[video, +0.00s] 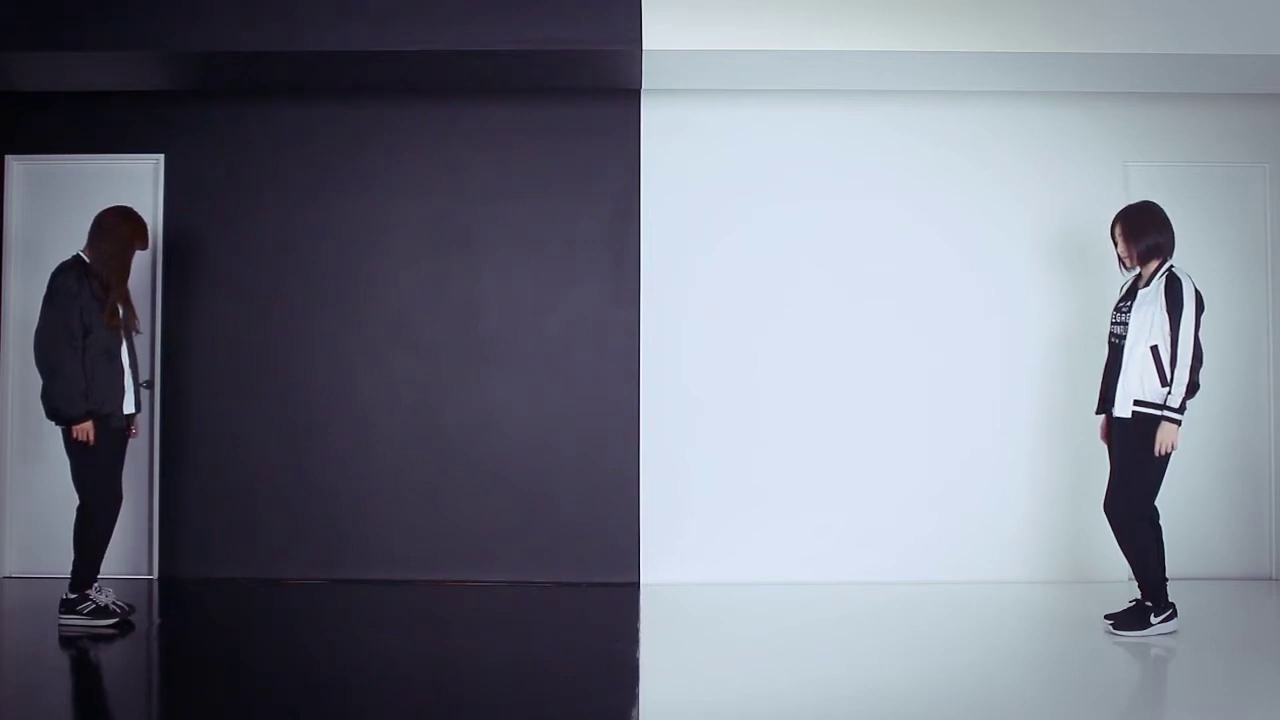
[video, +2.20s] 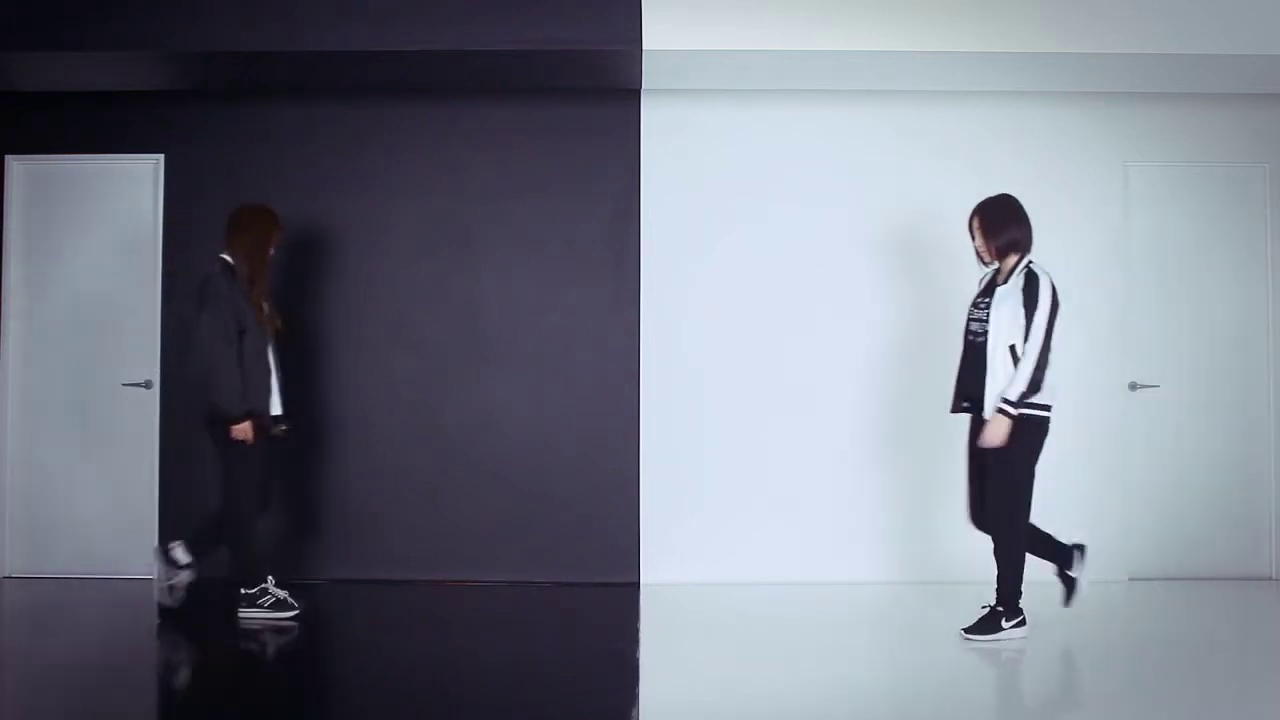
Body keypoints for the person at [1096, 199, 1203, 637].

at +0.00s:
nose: (1118, 249)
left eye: (1123, 240)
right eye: (1116, 242)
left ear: (1147, 237)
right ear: (1125, 242)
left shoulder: (1178, 284)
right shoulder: (1131, 288)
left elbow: (1188, 356)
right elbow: (1117, 354)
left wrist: (1172, 417)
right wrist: (1107, 410)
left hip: (1151, 418)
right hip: (1123, 416)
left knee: (1126, 506)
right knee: (1131, 507)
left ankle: (1157, 604)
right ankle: (1152, 600)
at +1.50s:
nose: (1089, 249)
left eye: (1093, 240)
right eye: (1086, 242)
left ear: (1117, 236)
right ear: (1092, 243)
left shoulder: (1156, 284)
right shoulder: (1100, 288)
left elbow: (1178, 351)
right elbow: (1099, 353)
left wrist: (1171, 414)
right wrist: (1087, 404)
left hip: (1139, 415)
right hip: (1109, 415)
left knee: (1082, 486)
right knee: (1131, 506)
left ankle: (1103, 584)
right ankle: (1156, 601)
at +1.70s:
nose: (1063, 254)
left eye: (1067, 244)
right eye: (1060, 246)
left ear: (1091, 241)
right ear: (1066, 248)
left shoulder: (1131, 288)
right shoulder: (1077, 293)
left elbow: (1158, 350)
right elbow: (1075, 357)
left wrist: (1158, 414)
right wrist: (1059, 404)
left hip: (1120, 418)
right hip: (1091, 418)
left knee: (1074, 500)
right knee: (1123, 510)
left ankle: (1036, 596)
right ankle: (1156, 601)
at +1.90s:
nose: (1030, 255)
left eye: (1035, 246)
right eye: (1028, 247)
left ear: (1057, 243)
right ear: (1042, 246)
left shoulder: (1090, 291)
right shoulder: (1043, 296)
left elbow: (1113, 358)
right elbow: (1035, 362)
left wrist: (1118, 426)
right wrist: (1028, 418)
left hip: (1082, 422)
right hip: (1055, 422)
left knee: (1040, 506)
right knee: (1099, 510)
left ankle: (1014, 607)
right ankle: (1150, 595)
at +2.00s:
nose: (1011, 249)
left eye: (1017, 240)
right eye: (1009, 241)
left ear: (1040, 239)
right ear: (1018, 244)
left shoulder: (1070, 288)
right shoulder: (1023, 288)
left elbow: (1086, 356)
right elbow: (1015, 355)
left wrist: (1081, 424)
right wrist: (1010, 412)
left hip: (1056, 421)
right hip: (1031, 420)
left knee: (1024, 510)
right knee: (1070, 507)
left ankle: (1011, 608)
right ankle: (1136, 583)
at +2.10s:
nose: (993, 246)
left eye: (998, 236)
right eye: (991, 238)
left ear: (1022, 234)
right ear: (1002, 240)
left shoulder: (1054, 286)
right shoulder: (1005, 286)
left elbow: (1058, 357)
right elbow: (1000, 353)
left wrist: (1044, 419)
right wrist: (993, 412)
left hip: (1036, 417)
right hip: (1008, 415)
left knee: (1014, 509)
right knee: (1027, 509)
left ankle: (1009, 608)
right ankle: (1104, 571)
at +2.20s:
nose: (976, 243)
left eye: (981, 235)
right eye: (974, 235)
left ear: (1004, 232)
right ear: (993, 234)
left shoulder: (1036, 283)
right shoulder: (992, 282)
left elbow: (1033, 357)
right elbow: (987, 348)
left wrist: (1005, 413)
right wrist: (975, 403)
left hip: (1020, 415)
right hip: (986, 412)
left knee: (1006, 514)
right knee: (984, 513)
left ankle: (1008, 609)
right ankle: (1065, 556)